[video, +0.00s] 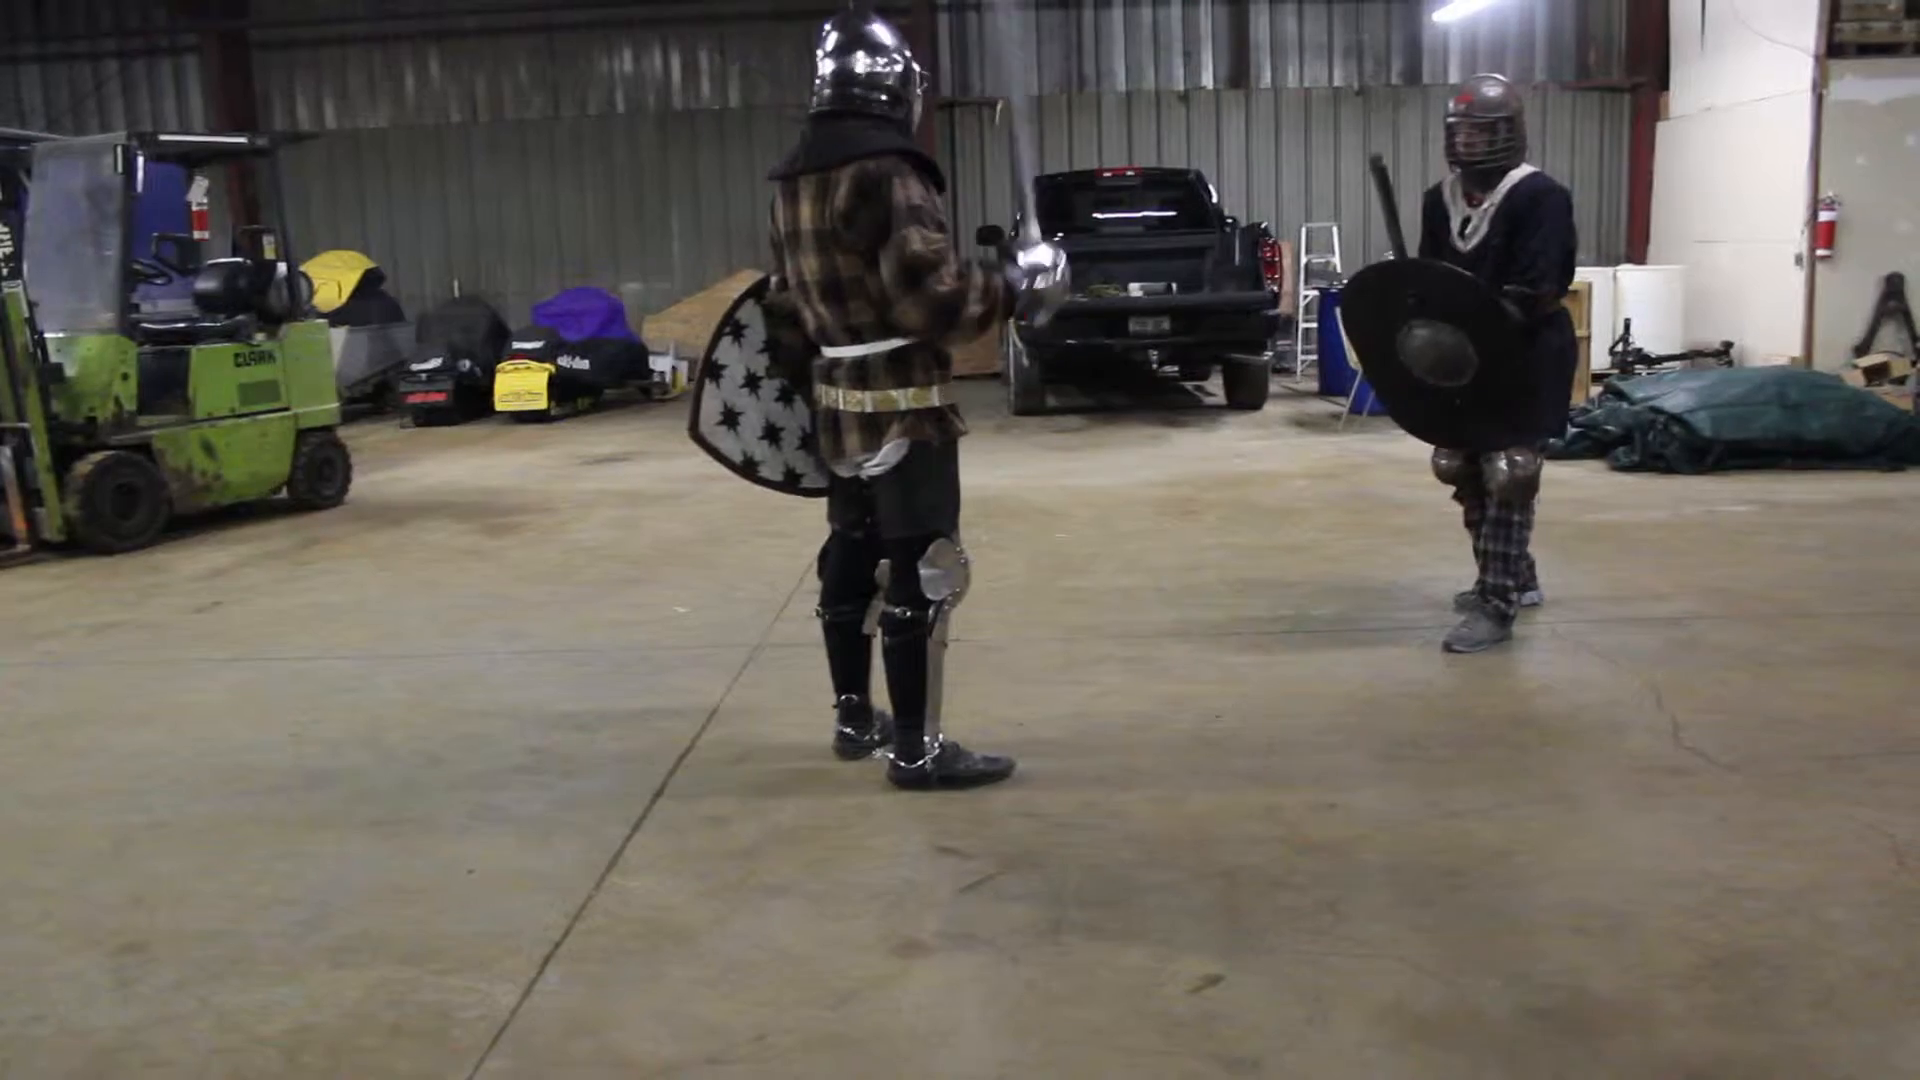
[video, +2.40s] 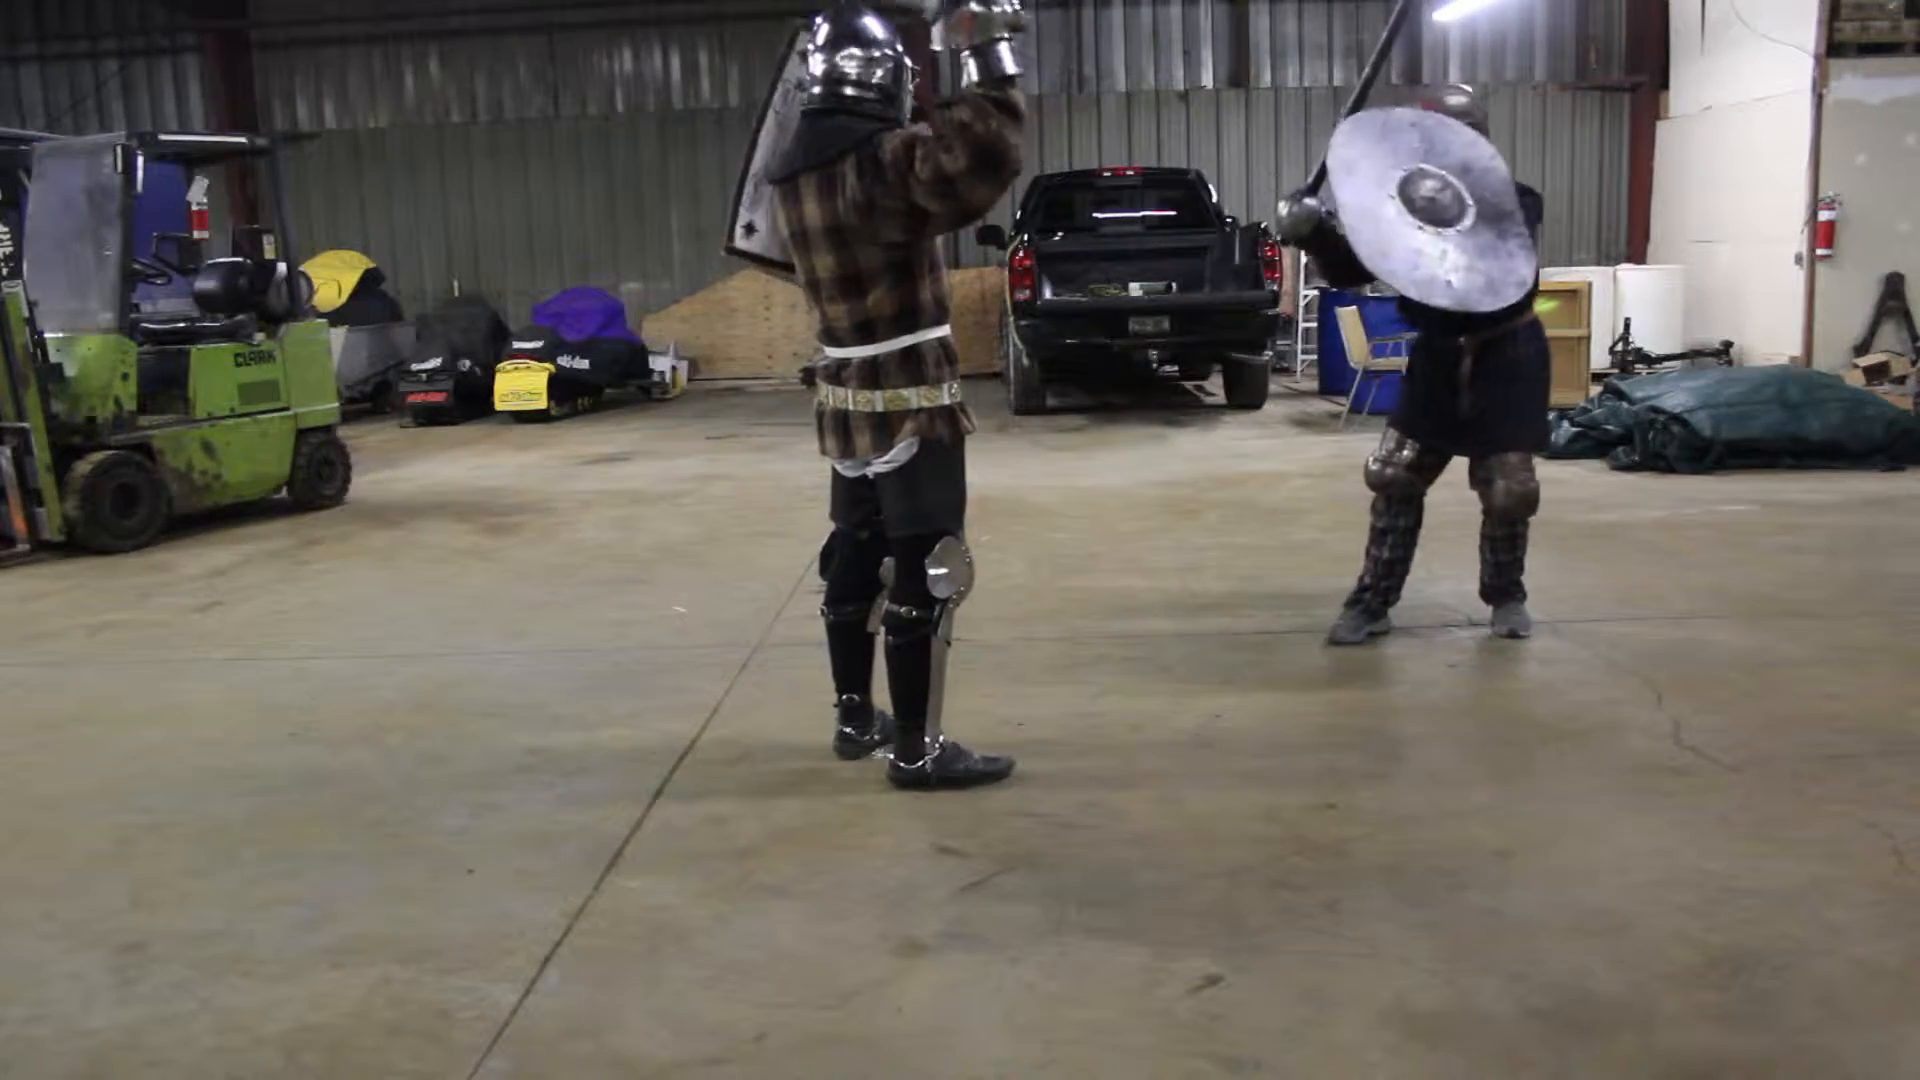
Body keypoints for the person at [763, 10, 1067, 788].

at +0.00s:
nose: (919, 106)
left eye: (916, 91)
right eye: (914, 92)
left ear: (828, 87)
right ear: (894, 91)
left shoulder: (795, 179)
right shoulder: (889, 176)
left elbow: (788, 302)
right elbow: (934, 300)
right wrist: (1014, 283)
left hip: (837, 406)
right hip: (906, 407)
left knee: (851, 549)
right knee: (922, 566)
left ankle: (854, 716)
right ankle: (919, 744)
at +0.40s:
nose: (923, 102)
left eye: (918, 88)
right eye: (917, 88)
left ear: (833, 85)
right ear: (900, 88)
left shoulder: (796, 174)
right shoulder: (892, 170)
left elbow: (785, 304)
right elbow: (915, 303)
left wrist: (820, 381)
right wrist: (970, 396)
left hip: (837, 409)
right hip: (901, 411)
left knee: (852, 551)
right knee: (920, 568)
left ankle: (855, 716)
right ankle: (917, 743)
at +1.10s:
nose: (922, 105)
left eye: (920, 90)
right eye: (917, 89)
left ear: (835, 79)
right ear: (895, 86)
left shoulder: (803, 165)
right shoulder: (878, 165)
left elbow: (794, 297)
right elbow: (887, 291)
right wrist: (979, 315)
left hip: (834, 396)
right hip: (895, 397)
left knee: (849, 549)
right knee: (917, 564)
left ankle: (855, 716)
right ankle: (919, 744)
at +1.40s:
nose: (913, 99)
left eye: (909, 85)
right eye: (907, 85)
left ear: (825, 82)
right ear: (888, 86)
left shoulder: (789, 178)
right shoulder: (872, 167)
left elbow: (759, 302)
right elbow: (923, 261)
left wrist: (817, 358)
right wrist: (1008, 211)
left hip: (837, 409)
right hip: (900, 407)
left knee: (850, 552)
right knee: (917, 567)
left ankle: (855, 715)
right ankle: (918, 745)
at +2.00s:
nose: (902, 91)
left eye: (897, 78)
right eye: (897, 78)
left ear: (814, 82)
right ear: (885, 84)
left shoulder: (787, 176)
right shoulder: (880, 165)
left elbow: (764, 257)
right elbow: (960, 193)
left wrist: (825, 301)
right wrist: (1016, 87)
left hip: (842, 398)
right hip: (911, 399)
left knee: (852, 551)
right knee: (924, 565)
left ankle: (855, 716)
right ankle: (919, 745)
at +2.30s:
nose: (905, 92)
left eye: (901, 77)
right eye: (897, 78)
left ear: (811, 84)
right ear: (881, 82)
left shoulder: (790, 180)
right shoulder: (883, 166)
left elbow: (781, 259)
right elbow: (974, 171)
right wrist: (1000, 60)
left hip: (845, 402)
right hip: (912, 403)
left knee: (854, 555)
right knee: (923, 569)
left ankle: (856, 716)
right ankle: (918, 745)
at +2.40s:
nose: (906, 94)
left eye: (908, 79)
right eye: (900, 78)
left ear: (816, 84)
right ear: (880, 83)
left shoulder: (790, 178)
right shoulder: (885, 166)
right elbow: (986, 152)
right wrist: (985, 52)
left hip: (846, 398)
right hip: (911, 399)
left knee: (856, 551)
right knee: (925, 568)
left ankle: (855, 715)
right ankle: (918, 745)